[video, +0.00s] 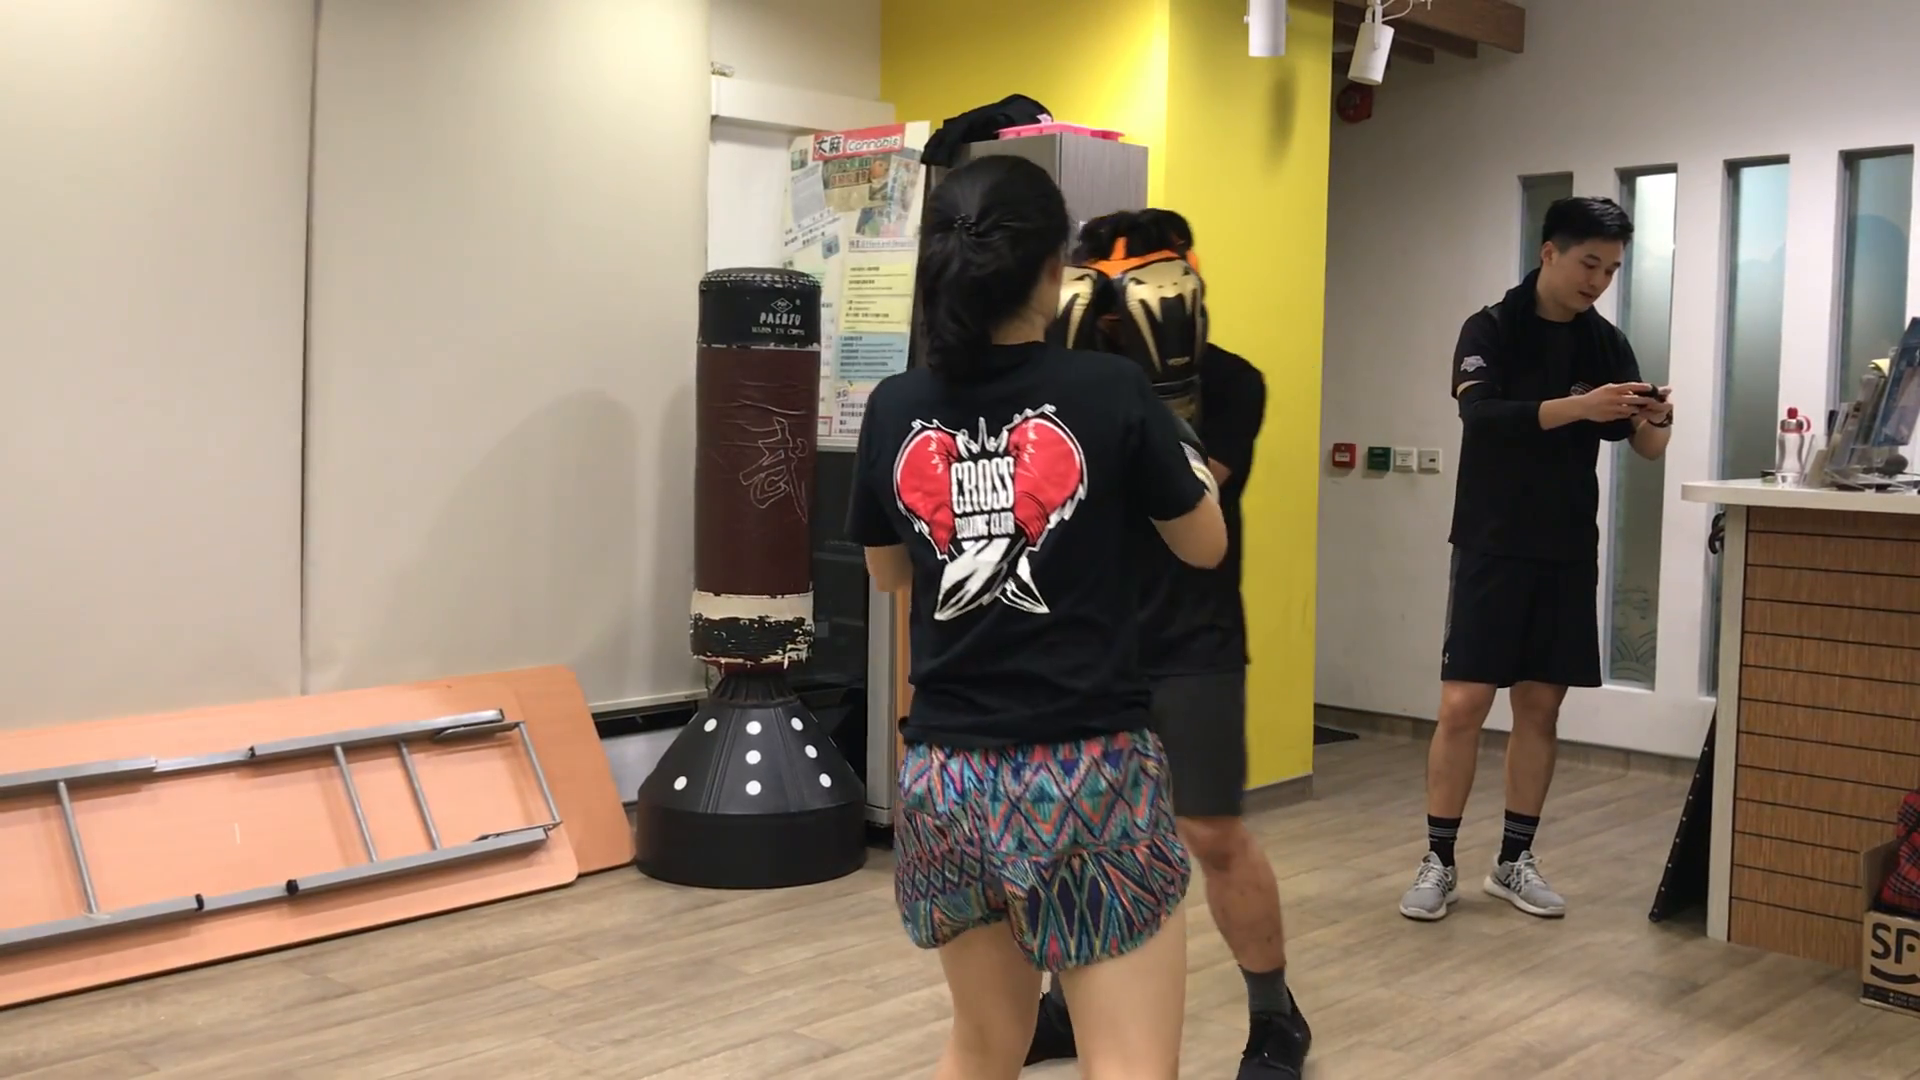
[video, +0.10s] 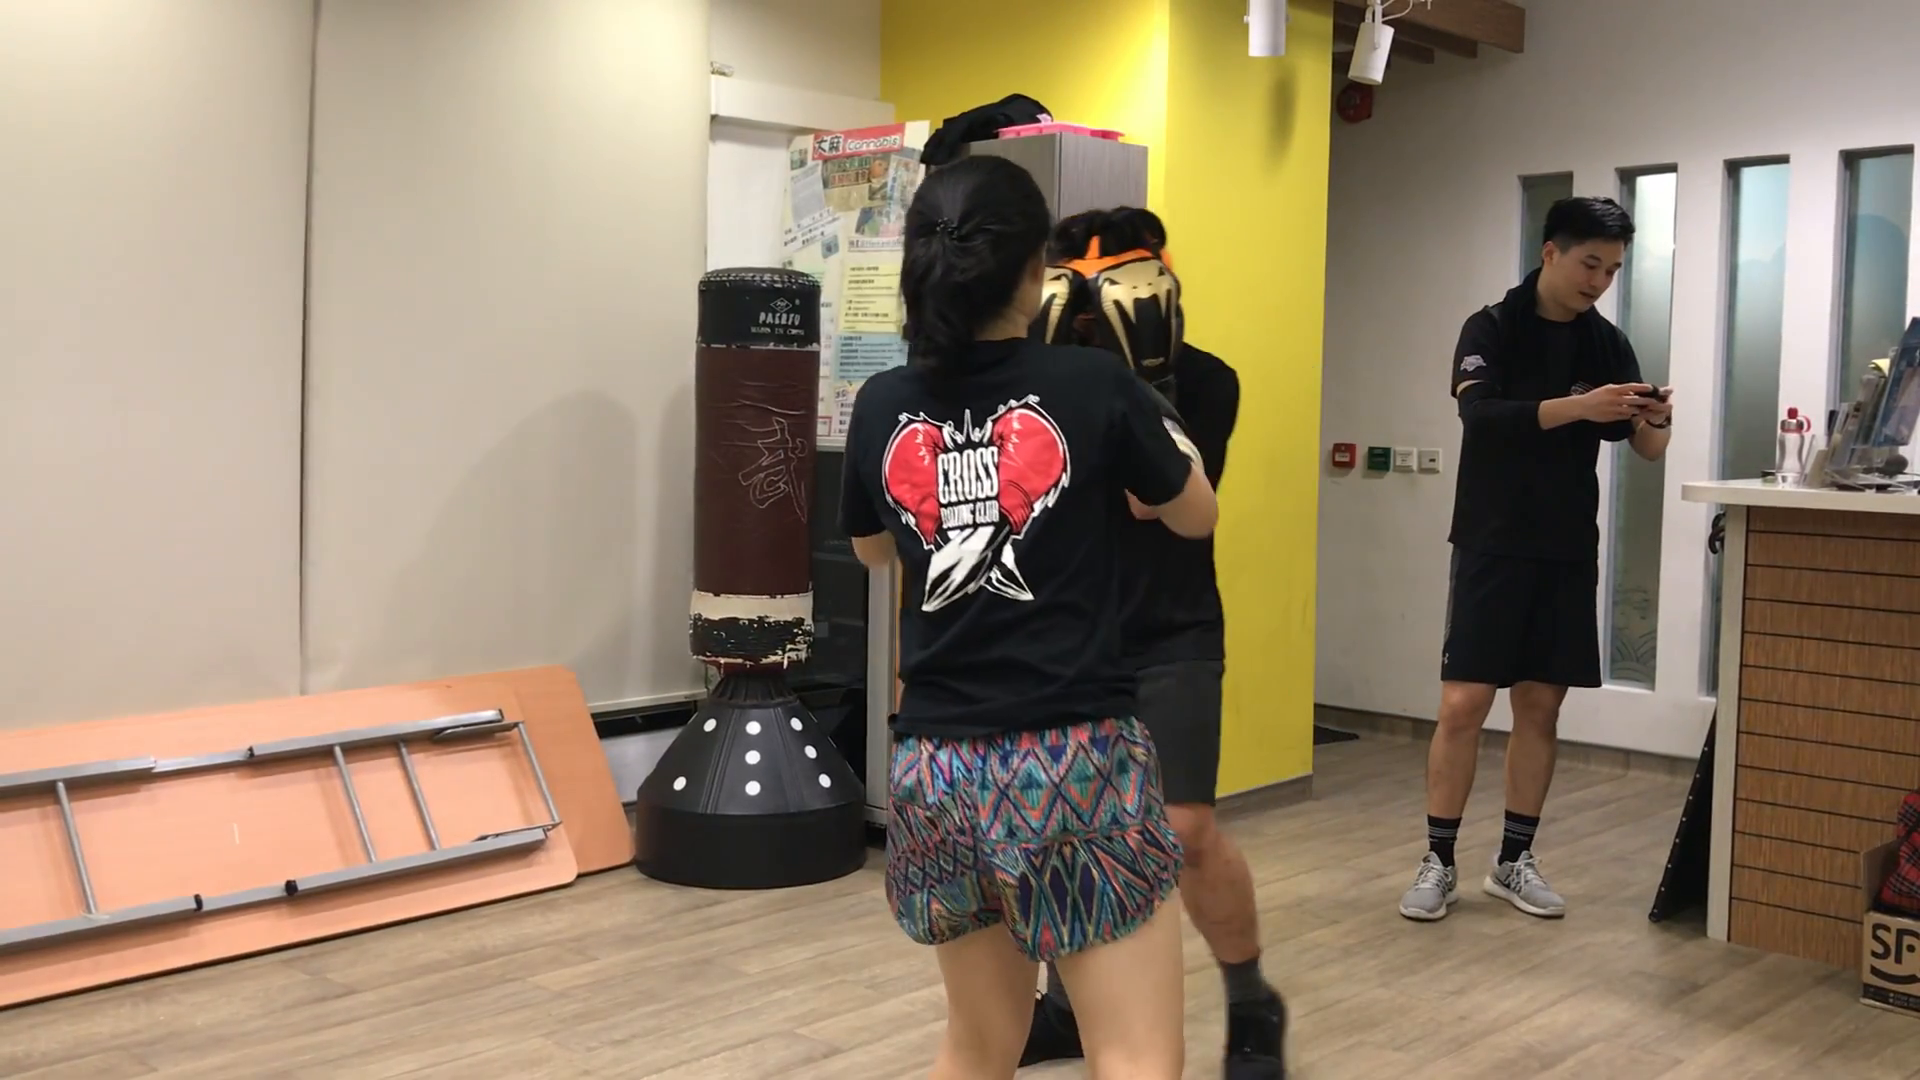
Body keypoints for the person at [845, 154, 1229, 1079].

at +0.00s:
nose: (1068, 264)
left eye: (1059, 248)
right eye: (1064, 249)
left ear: (936, 261)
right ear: (1054, 262)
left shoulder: (896, 405)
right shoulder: (1111, 392)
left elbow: (888, 572)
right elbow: (1206, 542)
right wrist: (1157, 430)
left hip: (943, 774)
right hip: (1093, 769)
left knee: (982, 1043)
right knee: (1130, 1061)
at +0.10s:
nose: (1050, 268)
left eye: (1040, 250)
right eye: (1044, 250)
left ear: (917, 260)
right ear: (1034, 262)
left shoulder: (883, 404)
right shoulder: (1093, 385)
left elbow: (875, 551)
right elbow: (1194, 511)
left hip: (936, 762)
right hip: (1081, 754)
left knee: (977, 1044)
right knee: (1136, 1056)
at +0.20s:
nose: (1041, 266)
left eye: (1032, 251)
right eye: (1034, 251)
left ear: (908, 264)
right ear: (1024, 263)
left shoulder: (877, 401)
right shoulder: (1088, 379)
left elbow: (873, 519)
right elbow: (1182, 476)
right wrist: (1130, 374)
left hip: (930, 754)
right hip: (1074, 747)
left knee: (975, 1038)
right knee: (1138, 1050)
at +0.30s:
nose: (1032, 269)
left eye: (1024, 254)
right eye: (1026, 253)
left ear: (901, 267)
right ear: (1018, 266)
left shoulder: (872, 403)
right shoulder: (1074, 374)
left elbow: (901, 501)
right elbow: (1159, 445)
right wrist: (1118, 360)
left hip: (924, 744)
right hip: (1065, 735)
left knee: (971, 1039)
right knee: (1126, 1045)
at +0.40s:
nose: (1028, 268)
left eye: (1020, 253)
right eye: (1023, 252)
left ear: (898, 264)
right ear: (1015, 265)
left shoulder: (870, 401)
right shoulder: (1071, 370)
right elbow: (1134, 422)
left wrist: (1004, 336)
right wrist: (1100, 343)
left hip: (922, 736)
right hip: (1059, 725)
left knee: (972, 1039)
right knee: (1110, 1051)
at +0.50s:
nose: (1027, 265)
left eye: (1021, 251)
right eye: (1022, 250)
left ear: (898, 260)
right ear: (1010, 261)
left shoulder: (867, 403)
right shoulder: (1060, 370)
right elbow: (1154, 441)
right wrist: (1090, 359)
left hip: (924, 742)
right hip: (1060, 731)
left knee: (975, 1036)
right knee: (1108, 1048)